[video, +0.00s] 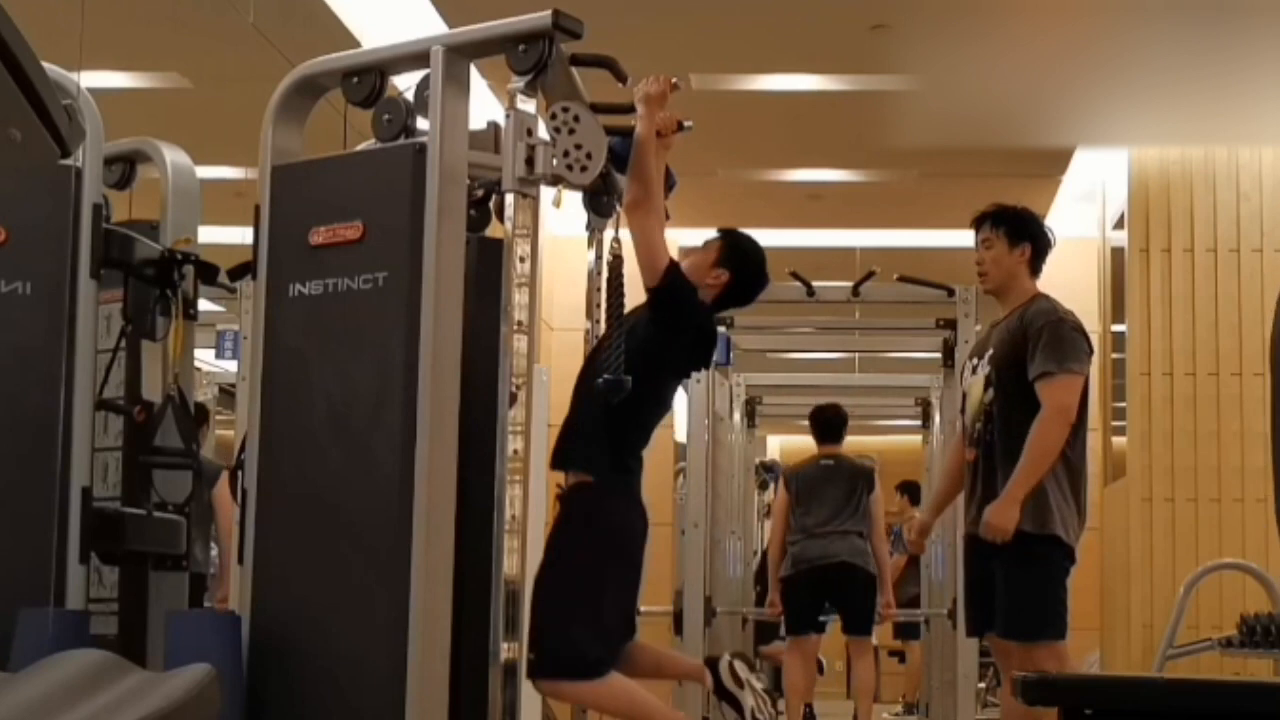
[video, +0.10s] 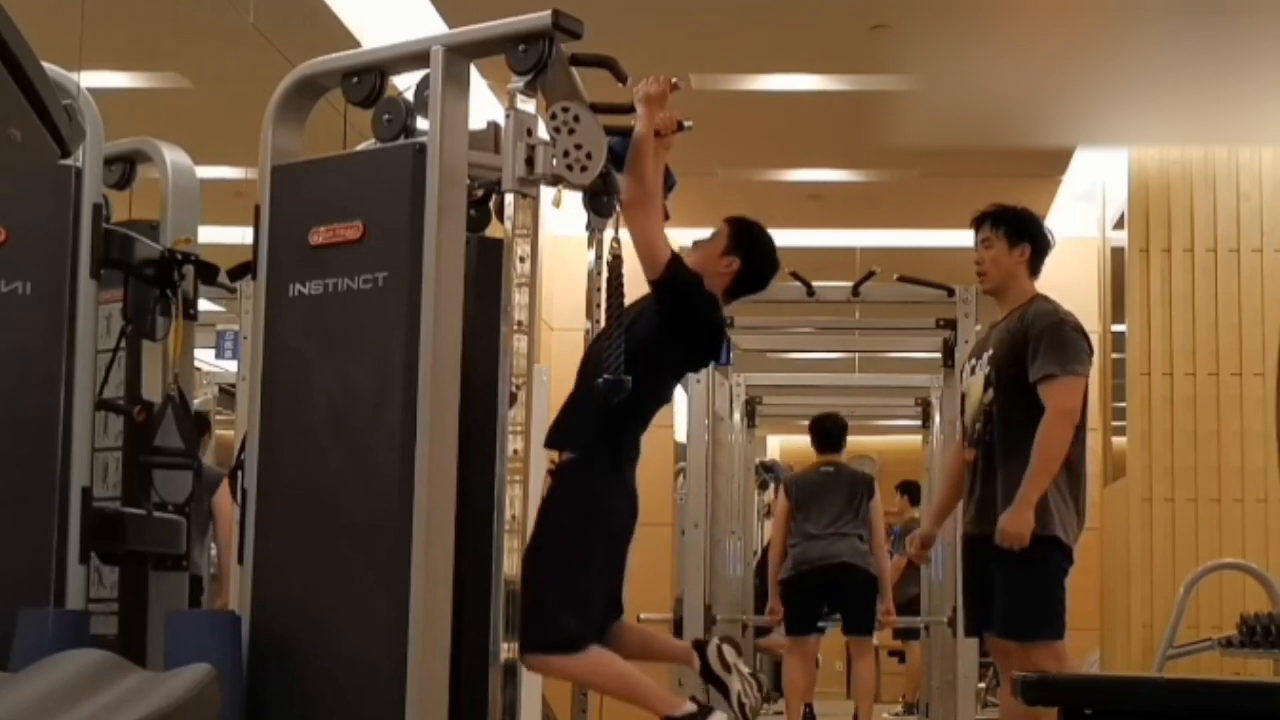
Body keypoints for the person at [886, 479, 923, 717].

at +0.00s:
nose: (895, 501)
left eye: (897, 496)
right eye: (896, 496)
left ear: (905, 497)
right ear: (913, 497)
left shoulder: (910, 522)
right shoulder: (913, 520)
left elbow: (899, 558)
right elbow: (900, 557)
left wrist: (886, 585)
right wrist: (889, 583)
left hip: (910, 591)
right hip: (913, 590)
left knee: (912, 646)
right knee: (912, 646)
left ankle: (910, 701)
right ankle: (912, 699)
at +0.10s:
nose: (895, 501)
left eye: (897, 496)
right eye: (896, 496)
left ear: (905, 498)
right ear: (914, 499)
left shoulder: (907, 525)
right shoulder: (917, 523)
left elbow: (900, 560)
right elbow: (902, 558)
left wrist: (886, 587)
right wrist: (891, 584)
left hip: (909, 593)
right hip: (916, 591)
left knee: (912, 647)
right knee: (914, 648)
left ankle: (910, 701)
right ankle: (913, 699)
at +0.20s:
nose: (895, 501)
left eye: (897, 496)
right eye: (896, 496)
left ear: (904, 498)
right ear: (915, 499)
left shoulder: (906, 526)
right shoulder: (919, 524)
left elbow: (900, 561)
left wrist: (886, 589)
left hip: (908, 593)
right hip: (919, 590)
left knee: (912, 647)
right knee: (915, 648)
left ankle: (910, 701)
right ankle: (914, 699)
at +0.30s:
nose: (894, 500)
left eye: (897, 496)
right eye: (896, 496)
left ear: (904, 498)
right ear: (914, 498)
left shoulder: (906, 526)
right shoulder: (917, 523)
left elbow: (900, 562)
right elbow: (902, 561)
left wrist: (885, 591)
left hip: (908, 593)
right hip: (916, 591)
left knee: (912, 644)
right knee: (916, 645)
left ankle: (911, 701)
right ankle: (915, 699)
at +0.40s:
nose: (894, 500)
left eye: (896, 496)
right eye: (896, 496)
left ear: (903, 497)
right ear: (915, 498)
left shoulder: (905, 527)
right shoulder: (919, 524)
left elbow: (900, 562)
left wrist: (885, 589)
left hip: (909, 593)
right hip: (920, 590)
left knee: (913, 645)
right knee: (917, 645)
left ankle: (911, 701)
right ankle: (915, 699)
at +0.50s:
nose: (894, 501)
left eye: (896, 496)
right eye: (896, 496)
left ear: (903, 498)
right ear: (915, 498)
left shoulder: (906, 526)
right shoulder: (916, 523)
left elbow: (901, 560)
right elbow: (903, 559)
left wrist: (884, 587)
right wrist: (890, 583)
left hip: (909, 592)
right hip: (916, 590)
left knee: (912, 647)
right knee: (914, 647)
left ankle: (910, 702)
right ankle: (914, 700)